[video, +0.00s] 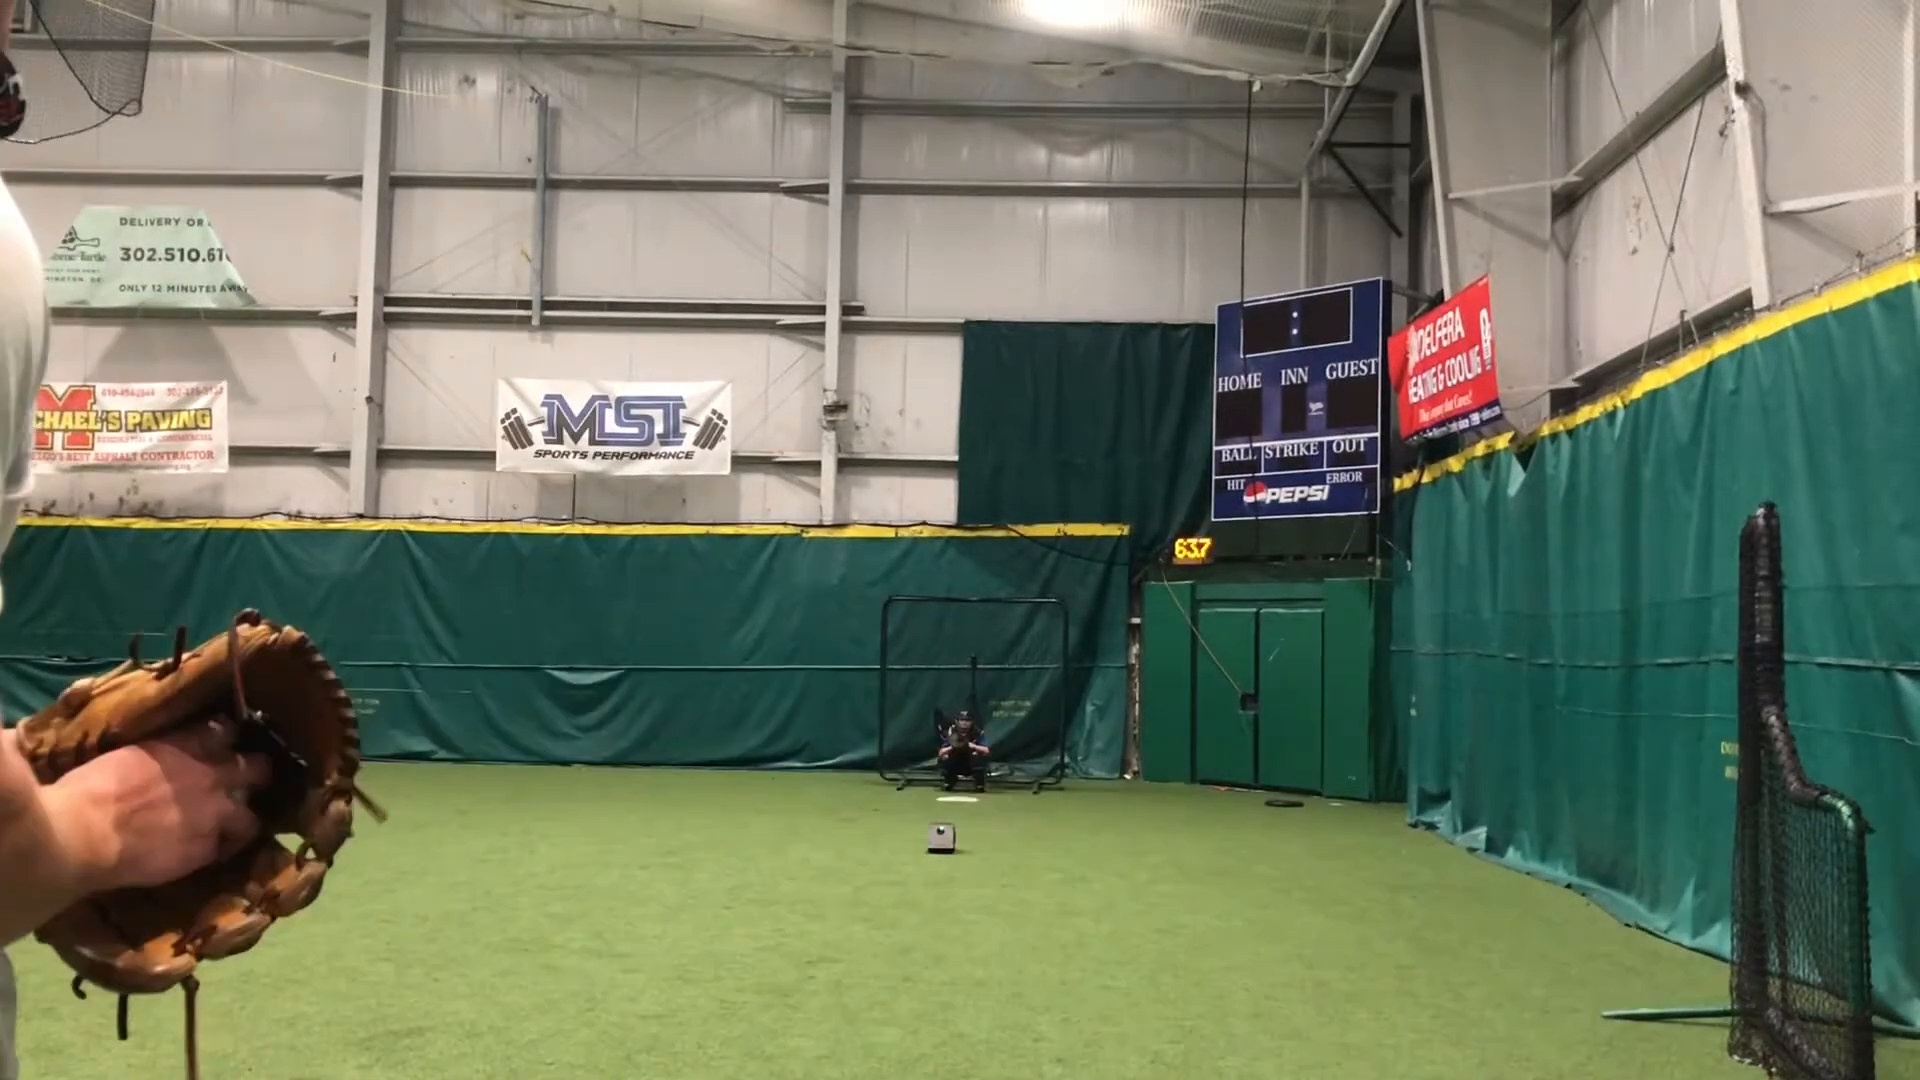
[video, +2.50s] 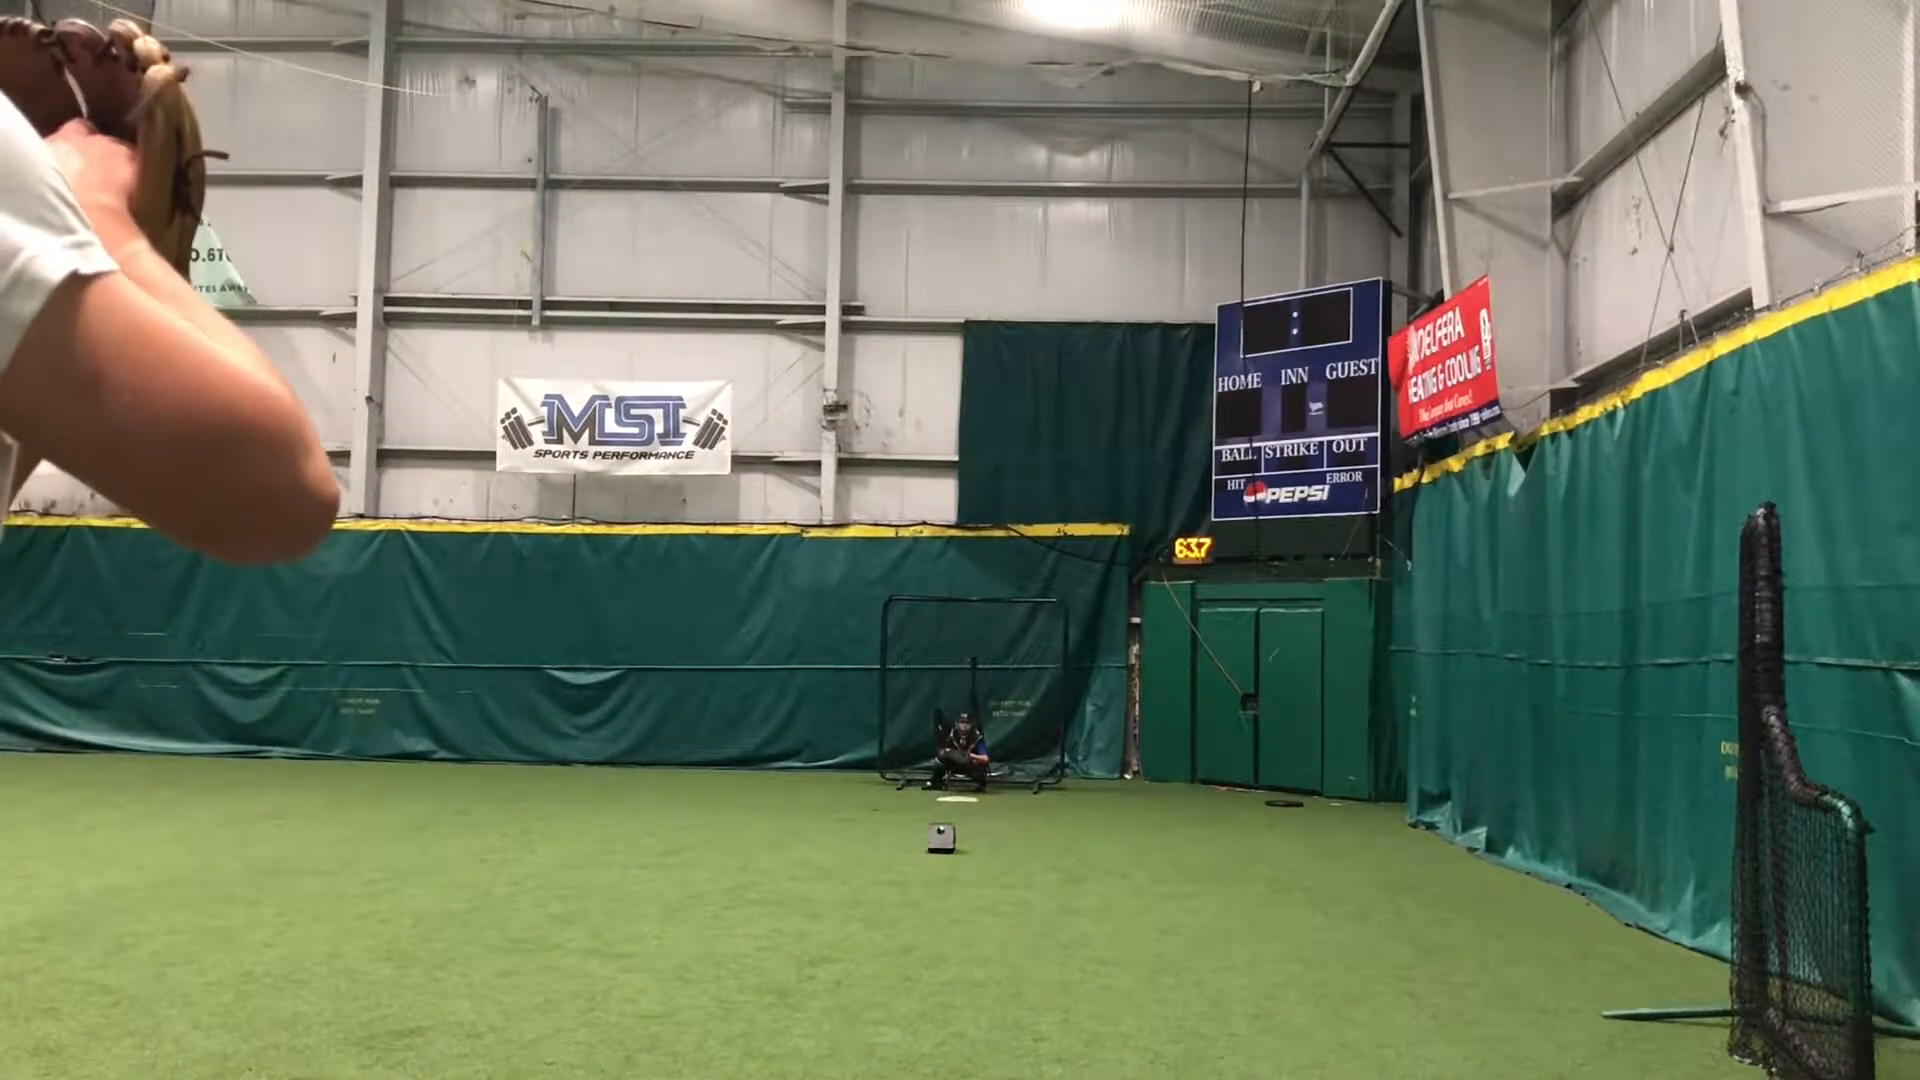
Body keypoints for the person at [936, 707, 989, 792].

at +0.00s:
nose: (964, 724)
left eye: (967, 721)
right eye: (961, 720)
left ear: (971, 723)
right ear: (957, 722)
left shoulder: (977, 734)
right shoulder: (951, 734)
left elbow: (986, 751)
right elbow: (941, 753)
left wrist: (971, 746)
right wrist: (953, 747)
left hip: (971, 761)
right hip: (955, 760)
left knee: (978, 757)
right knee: (946, 759)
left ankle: (979, 783)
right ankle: (950, 781)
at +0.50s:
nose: (975, 723)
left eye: (978, 720)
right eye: (972, 720)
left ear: (982, 723)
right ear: (968, 721)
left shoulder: (987, 735)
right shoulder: (962, 732)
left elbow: (989, 758)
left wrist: (974, 747)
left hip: (978, 760)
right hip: (963, 759)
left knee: (978, 764)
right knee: (947, 762)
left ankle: (982, 784)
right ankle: (953, 781)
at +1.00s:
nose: (968, 724)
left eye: (971, 721)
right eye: (965, 721)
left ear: (976, 723)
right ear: (960, 723)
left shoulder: (980, 735)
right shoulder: (954, 733)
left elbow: (986, 757)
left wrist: (970, 752)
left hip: (972, 763)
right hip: (957, 760)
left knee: (979, 763)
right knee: (944, 759)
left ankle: (982, 785)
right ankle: (936, 782)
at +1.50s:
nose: (964, 725)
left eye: (967, 722)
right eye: (961, 722)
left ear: (972, 724)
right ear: (957, 724)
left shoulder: (978, 738)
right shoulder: (952, 736)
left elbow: (985, 758)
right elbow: (940, 754)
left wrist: (969, 754)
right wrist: (948, 754)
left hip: (972, 765)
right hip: (955, 764)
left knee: (981, 772)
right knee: (944, 765)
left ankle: (981, 785)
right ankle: (935, 782)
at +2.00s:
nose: (964, 725)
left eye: (967, 723)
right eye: (961, 722)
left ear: (971, 725)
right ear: (956, 724)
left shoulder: (977, 737)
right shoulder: (950, 735)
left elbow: (984, 757)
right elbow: (942, 750)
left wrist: (968, 754)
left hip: (971, 763)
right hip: (953, 762)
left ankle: (981, 785)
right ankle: (936, 782)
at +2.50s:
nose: (964, 726)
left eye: (967, 723)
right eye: (961, 723)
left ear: (971, 725)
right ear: (957, 724)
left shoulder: (977, 738)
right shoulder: (950, 735)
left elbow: (985, 759)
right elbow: (941, 752)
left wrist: (971, 756)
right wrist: (948, 753)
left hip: (971, 764)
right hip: (953, 762)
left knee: (978, 774)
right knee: (940, 762)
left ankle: (981, 784)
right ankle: (936, 782)